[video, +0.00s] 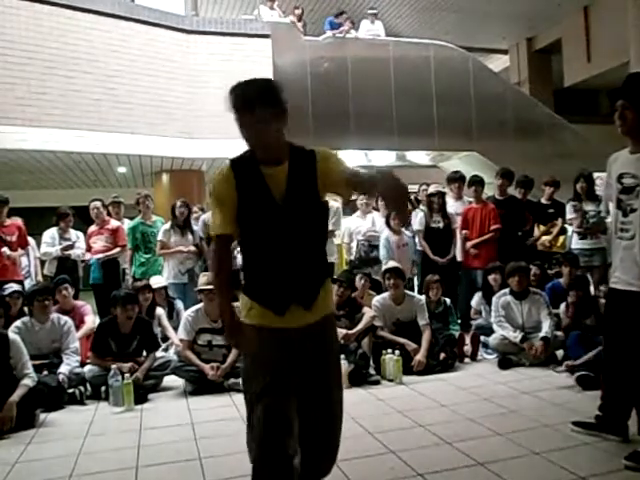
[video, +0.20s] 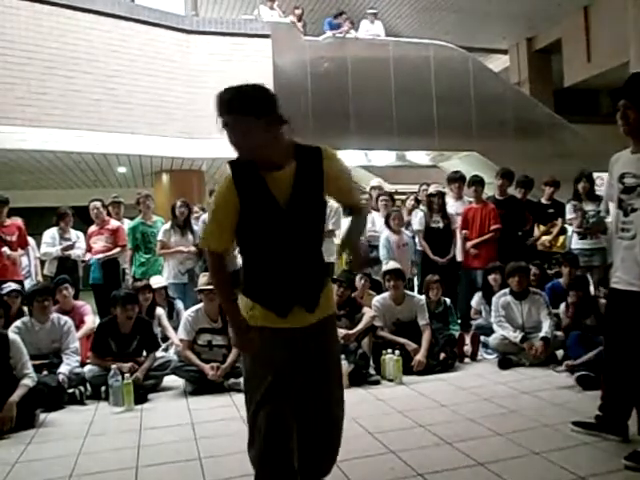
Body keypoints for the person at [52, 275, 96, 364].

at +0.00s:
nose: (64, 293)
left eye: (66, 289)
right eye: (59, 291)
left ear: (72, 290)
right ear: (55, 296)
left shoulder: (83, 307)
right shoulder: (53, 312)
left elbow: (90, 325)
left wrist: (74, 338)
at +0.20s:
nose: (64, 293)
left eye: (66, 289)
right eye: (60, 291)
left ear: (73, 290)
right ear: (56, 296)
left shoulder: (83, 307)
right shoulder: (53, 312)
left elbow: (90, 325)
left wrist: (74, 338)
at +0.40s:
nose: (65, 293)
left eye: (67, 289)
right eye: (60, 291)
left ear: (73, 291)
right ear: (56, 296)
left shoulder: (83, 307)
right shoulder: (53, 312)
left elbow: (90, 325)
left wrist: (74, 338)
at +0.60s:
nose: (65, 293)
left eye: (67, 288)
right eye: (60, 291)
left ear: (73, 291)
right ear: (56, 296)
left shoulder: (83, 307)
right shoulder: (53, 312)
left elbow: (90, 325)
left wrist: (74, 338)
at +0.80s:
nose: (66, 293)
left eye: (68, 288)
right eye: (62, 290)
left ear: (74, 291)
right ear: (57, 295)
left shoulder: (84, 307)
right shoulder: (53, 312)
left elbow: (90, 325)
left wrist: (74, 338)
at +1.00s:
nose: (67, 292)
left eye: (69, 288)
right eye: (63, 290)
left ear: (74, 291)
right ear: (57, 295)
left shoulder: (84, 308)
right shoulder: (53, 312)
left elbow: (90, 325)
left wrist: (74, 338)